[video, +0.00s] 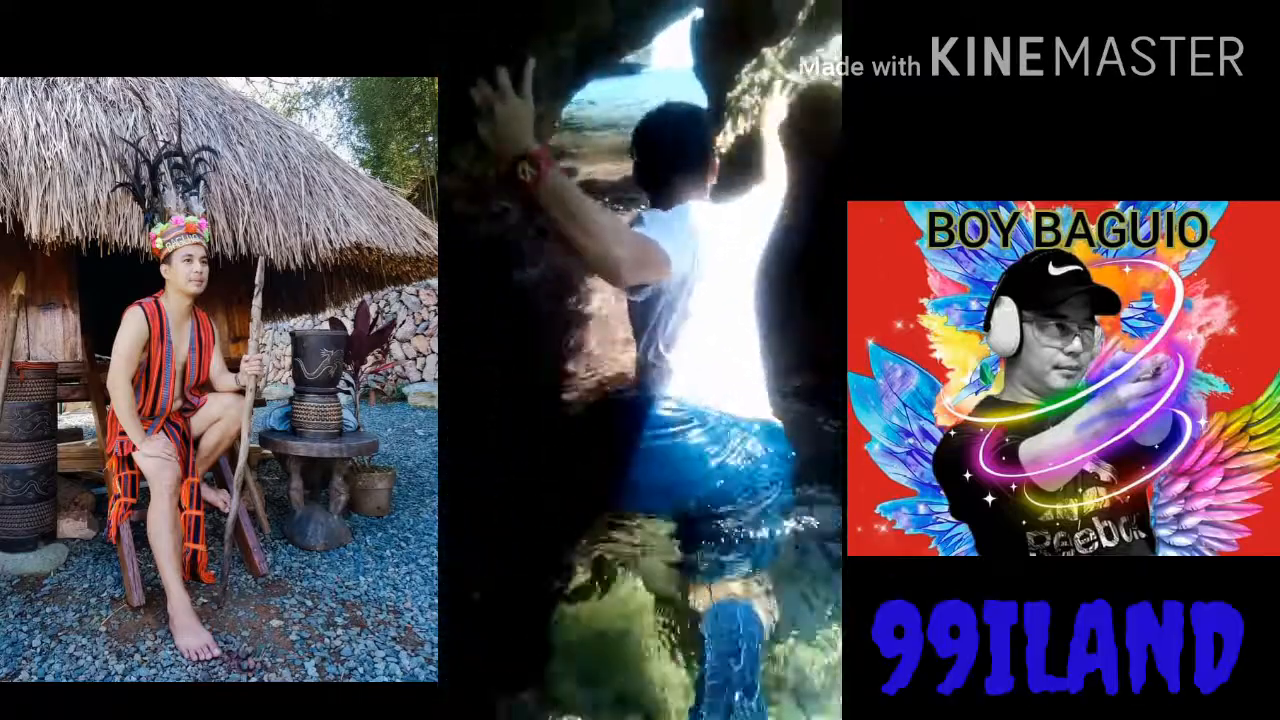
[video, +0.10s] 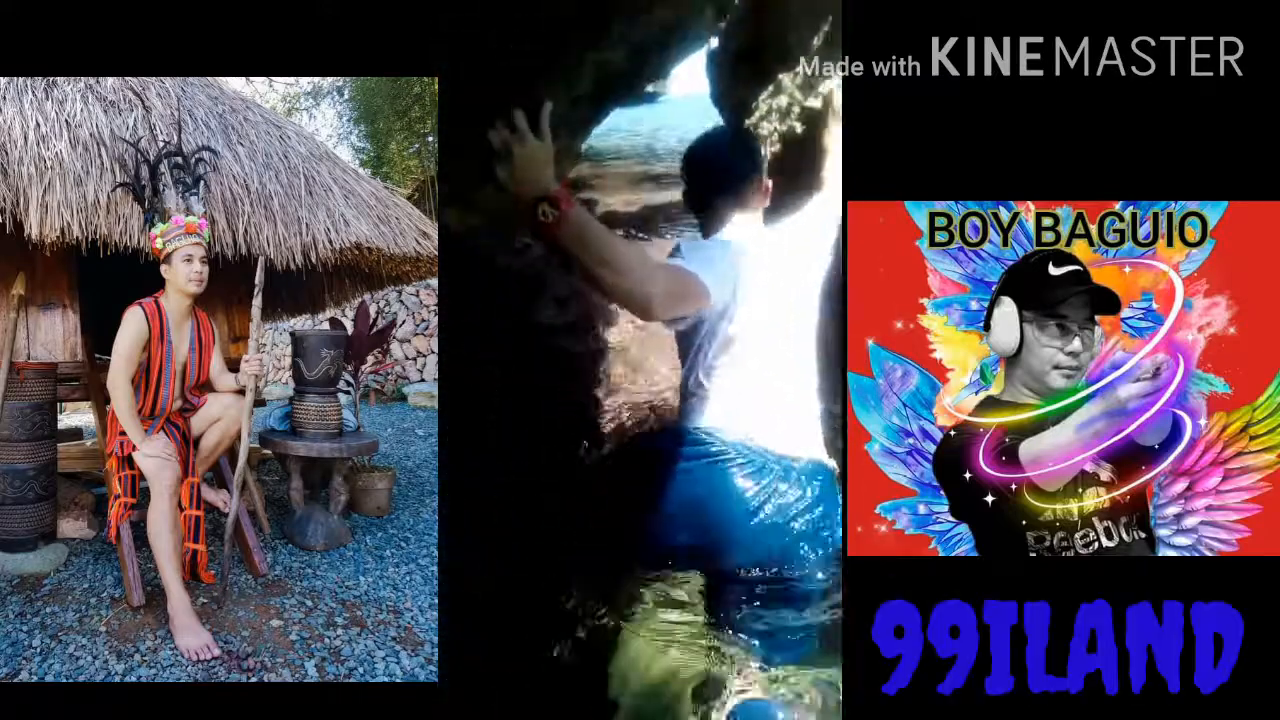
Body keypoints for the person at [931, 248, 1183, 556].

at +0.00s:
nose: (1077, 346)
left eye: (1086, 328)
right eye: (1057, 327)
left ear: (1097, 334)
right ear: (1008, 327)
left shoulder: (1112, 410)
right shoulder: (962, 446)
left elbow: (1157, 436)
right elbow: (1017, 473)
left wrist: (1148, 395)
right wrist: (1107, 413)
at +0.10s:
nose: (1077, 346)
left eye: (1086, 328)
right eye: (1057, 327)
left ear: (1097, 334)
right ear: (1008, 327)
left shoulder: (1112, 410)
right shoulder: (962, 446)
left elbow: (1157, 436)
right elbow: (1017, 473)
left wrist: (1148, 395)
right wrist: (1107, 413)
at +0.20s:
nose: (1077, 346)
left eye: (1087, 328)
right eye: (1057, 327)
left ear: (1097, 334)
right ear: (1008, 326)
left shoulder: (1112, 409)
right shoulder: (962, 446)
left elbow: (1157, 435)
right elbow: (1021, 471)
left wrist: (1148, 396)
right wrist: (1108, 411)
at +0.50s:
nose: (1077, 346)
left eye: (1086, 328)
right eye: (1057, 326)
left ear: (1097, 335)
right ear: (1008, 326)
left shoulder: (1113, 410)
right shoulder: (962, 446)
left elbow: (1157, 435)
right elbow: (1019, 472)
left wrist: (1149, 395)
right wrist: (1106, 414)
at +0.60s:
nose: (1077, 346)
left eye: (1087, 328)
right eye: (1057, 326)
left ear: (1097, 334)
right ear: (1008, 326)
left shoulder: (1112, 409)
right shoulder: (962, 446)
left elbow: (1157, 436)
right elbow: (1018, 472)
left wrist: (1148, 395)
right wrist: (1107, 413)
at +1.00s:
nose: (1077, 346)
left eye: (1087, 328)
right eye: (1057, 326)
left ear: (1097, 335)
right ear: (1007, 326)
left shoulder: (1113, 410)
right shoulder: (962, 446)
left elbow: (1157, 436)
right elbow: (1017, 472)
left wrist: (1148, 396)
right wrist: (1107, 413)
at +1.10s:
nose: (1077, 346)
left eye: (1087, 328)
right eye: (1057, 326)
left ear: (1097, 335)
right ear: (1007, 326)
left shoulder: (1113, 410)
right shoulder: (962, 446)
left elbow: (1157, 436)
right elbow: (1017, 472)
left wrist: (1148, 396)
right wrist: (1106, 414)